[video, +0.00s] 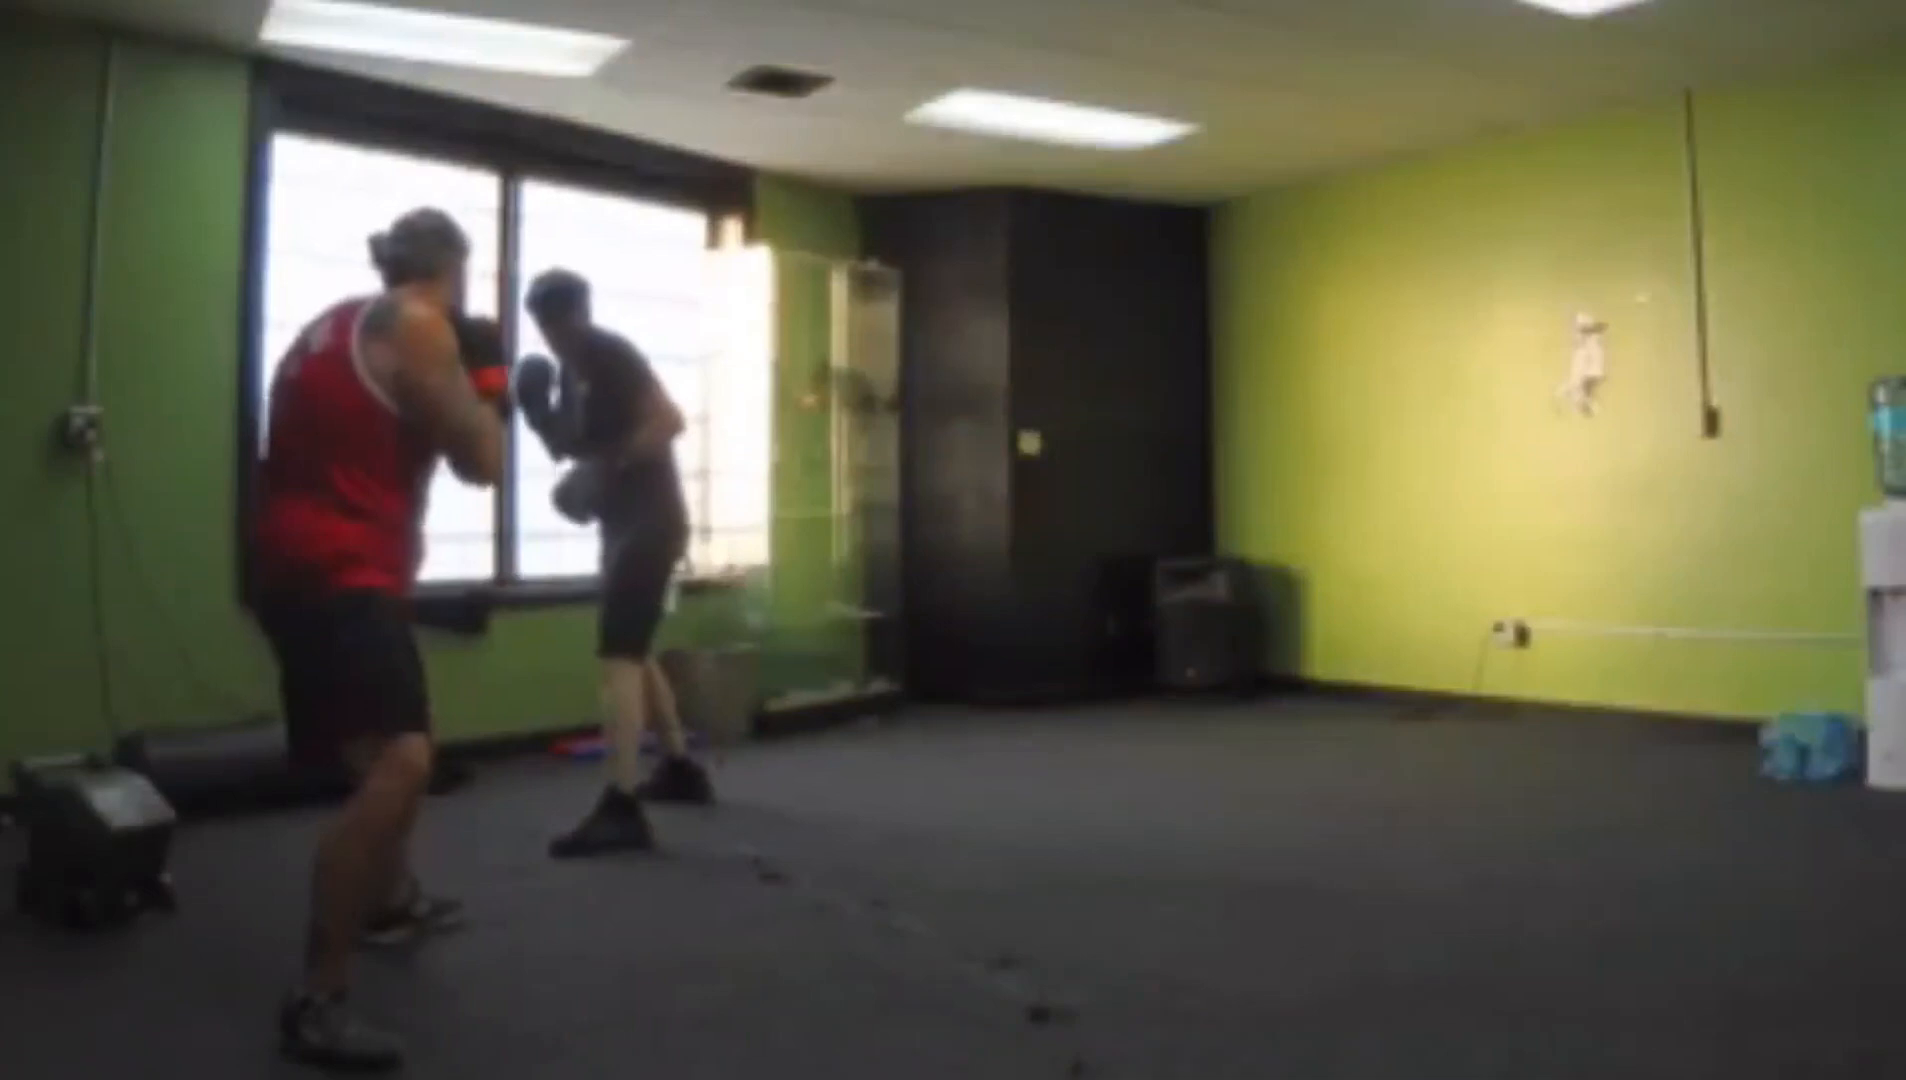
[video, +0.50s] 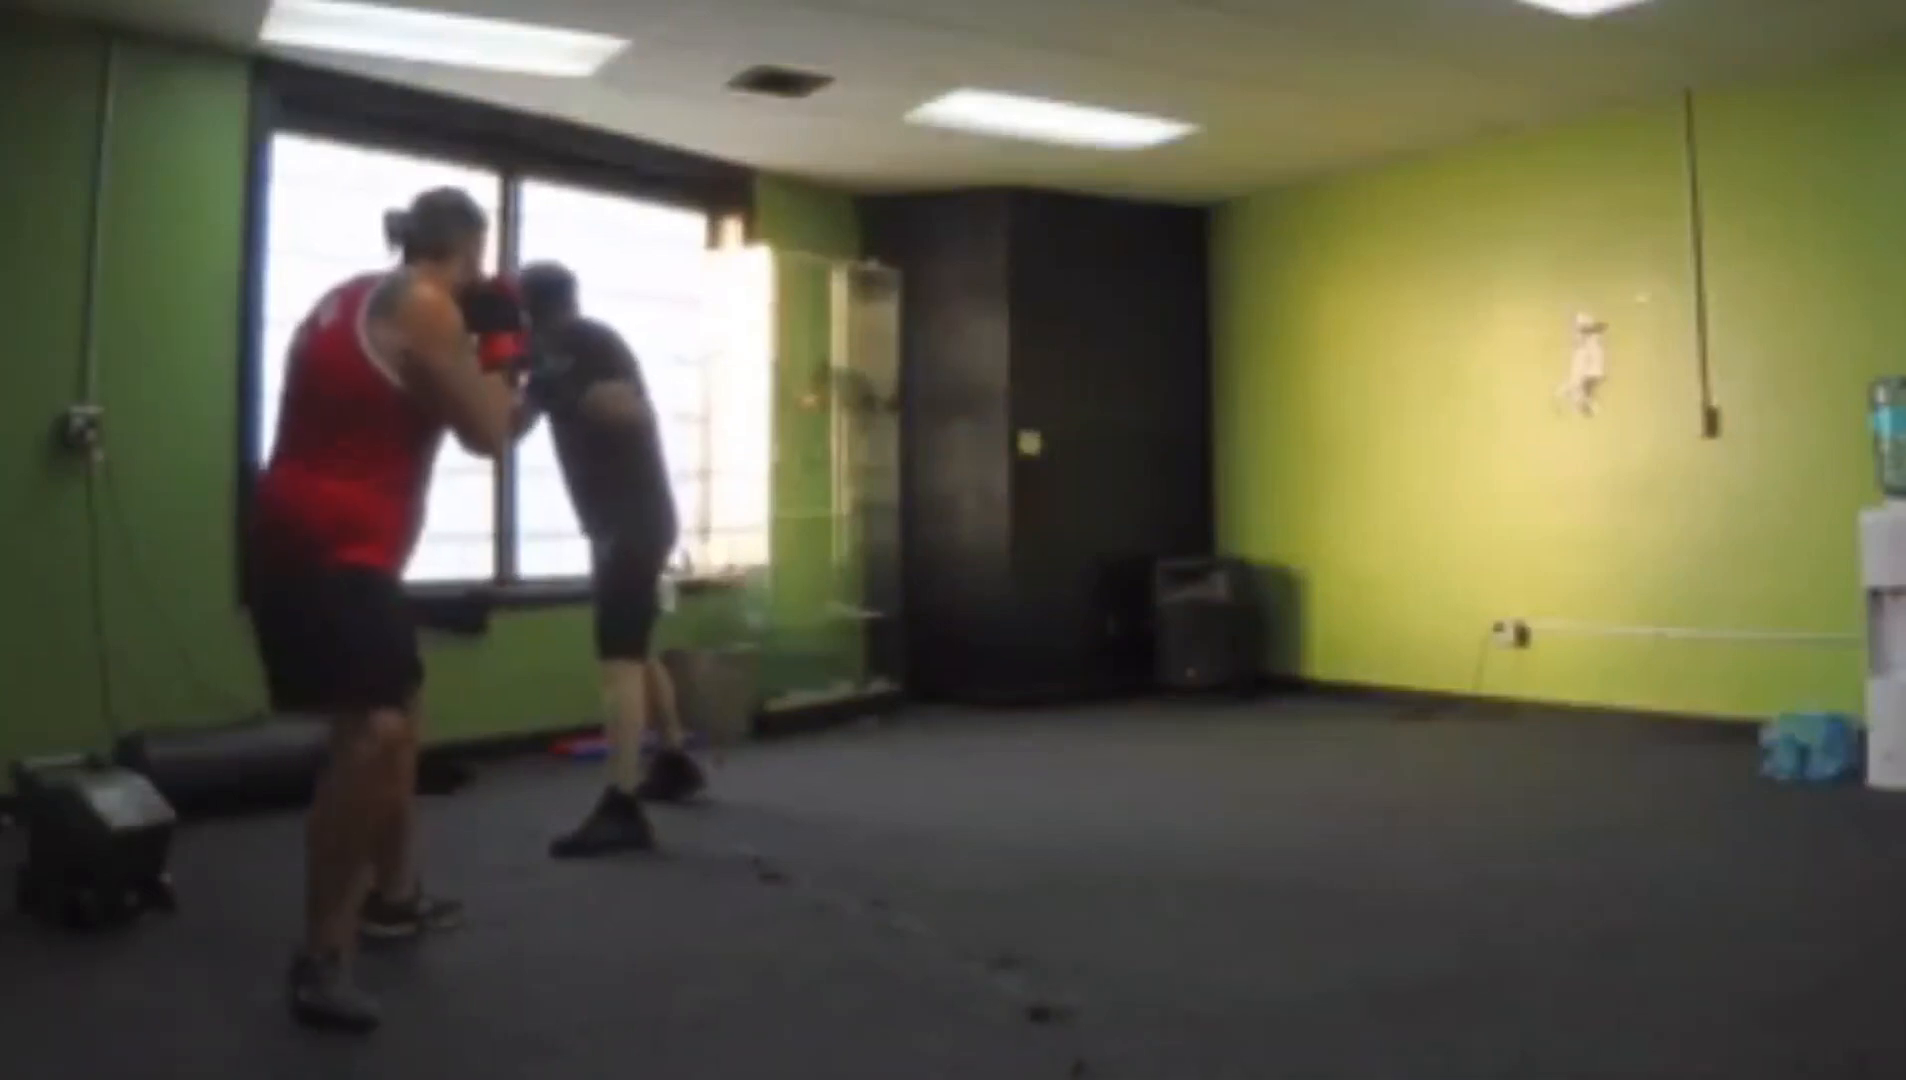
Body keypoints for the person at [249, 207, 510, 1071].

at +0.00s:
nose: (464, 292)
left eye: (462, 280)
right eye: (463, 278)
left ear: (389, 267)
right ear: (445, 272)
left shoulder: (331, 325)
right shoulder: (414, 323)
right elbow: (484, 459)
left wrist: (448, 382)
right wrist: (481, 379)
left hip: (291, 570)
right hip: (349, 574)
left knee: (381, 746)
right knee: (400, 758)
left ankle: (388, 900)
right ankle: (321, 1001)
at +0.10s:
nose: (467, 296)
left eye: (464, 284)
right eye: (465, 282)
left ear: (394, 266)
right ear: (447, 274)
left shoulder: (340, 322)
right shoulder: (411, 321)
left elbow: (421, 443)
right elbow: (468, 456)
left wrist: (462, 373)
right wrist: (483, 373)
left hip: (300, 567)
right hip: (347, 574)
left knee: (405, 741)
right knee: (384, 761)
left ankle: (389, 901)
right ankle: (324, 999)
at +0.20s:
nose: (475, 300)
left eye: (476, 289)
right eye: (473, 286)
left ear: (407, 260)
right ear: (454, 272)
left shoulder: (352, 313)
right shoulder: (413, 314)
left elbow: (425, 438)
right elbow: (462, 449)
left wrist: (471, 370)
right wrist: (486, 375)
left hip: (308, 558)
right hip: (343, 564)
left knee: (409, 729)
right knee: (380, 747)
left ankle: (388, 899)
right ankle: (334, 984)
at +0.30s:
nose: (478, 290)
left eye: (477, 278)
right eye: (478, 277)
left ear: (410, 253)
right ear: (464, 268)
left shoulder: (356, 305)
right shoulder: (417, 307)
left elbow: (464, 425)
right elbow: (473, 437)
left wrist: (508, 384)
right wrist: (489, 353)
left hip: (297, 546)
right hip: (339, 553)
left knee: (392, 722)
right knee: (382, 728)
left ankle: (388, 901)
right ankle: (326, 965)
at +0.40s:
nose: (481, 280)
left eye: (480, 268)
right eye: (479, 266)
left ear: (409, 246)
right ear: (459, 257)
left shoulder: (354, 299)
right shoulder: (422, 303)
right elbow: (488, 430)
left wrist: (469, 335)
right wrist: (507, 355)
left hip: (294, 538)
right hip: (342, 548)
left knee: (393, 723)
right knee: (377, 734)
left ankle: (390, 897)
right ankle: (322, 960)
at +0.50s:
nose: (481, 274)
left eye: (480, 261)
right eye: (478, 259)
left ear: (408, 243)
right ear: (456, 253)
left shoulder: (351, 297)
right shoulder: (421, 305)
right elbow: (489, 428)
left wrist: (468, 331)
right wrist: (505, 356)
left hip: (294, 544)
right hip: (344, 554)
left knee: (394, 718)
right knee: (374, 734)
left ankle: (391, 894)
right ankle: (323, 960)